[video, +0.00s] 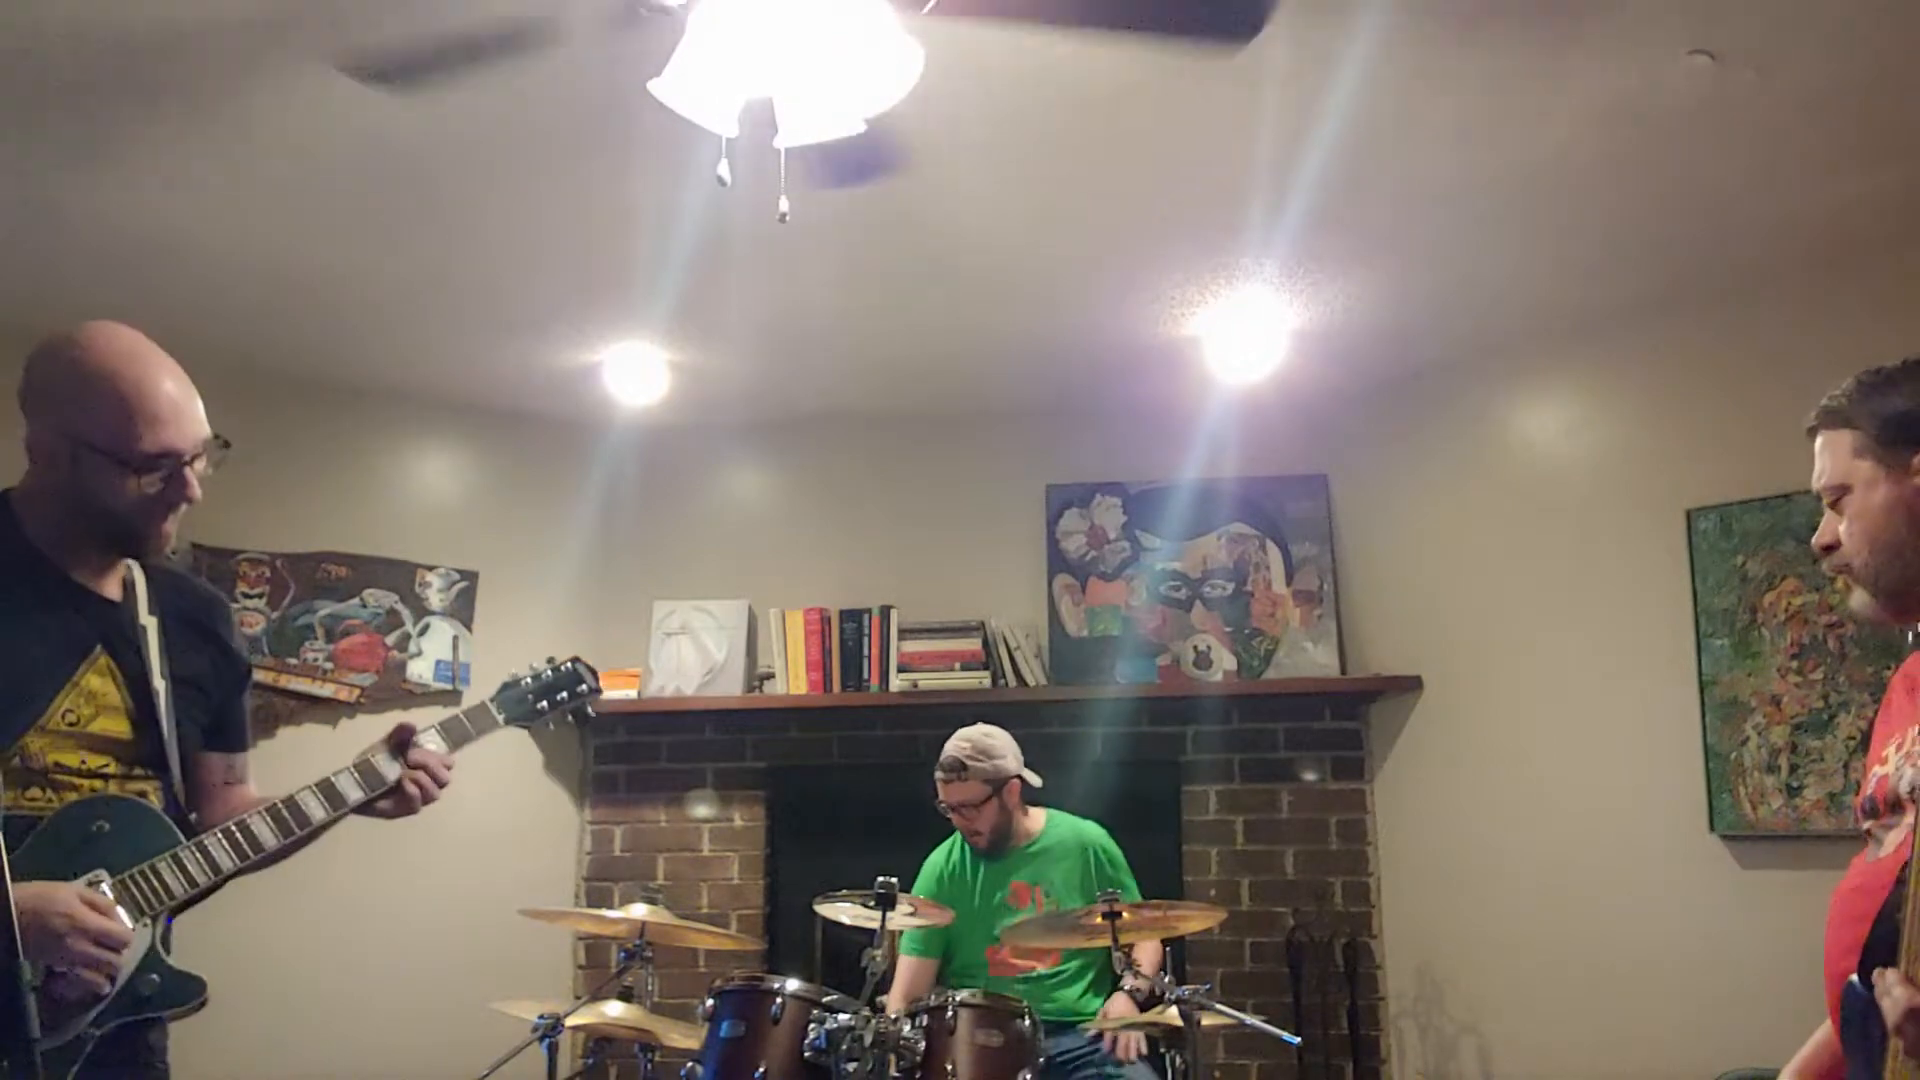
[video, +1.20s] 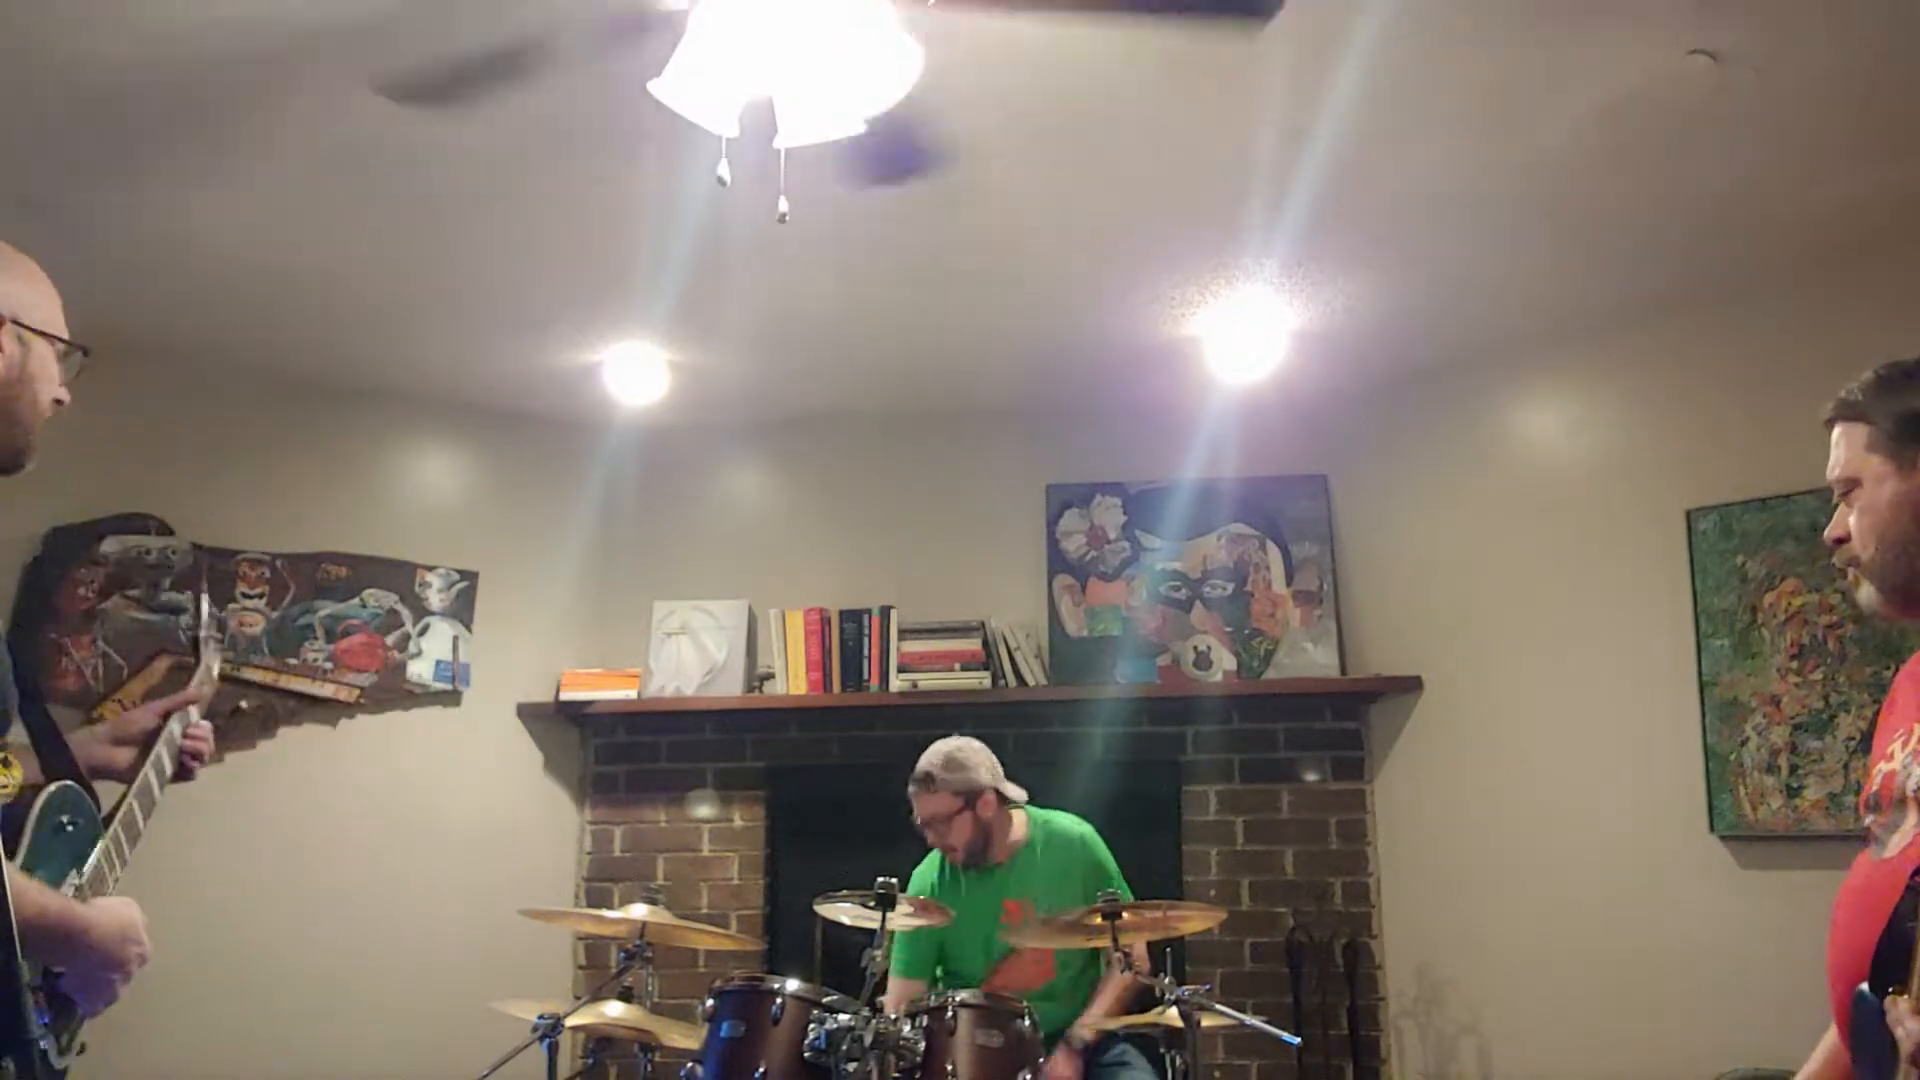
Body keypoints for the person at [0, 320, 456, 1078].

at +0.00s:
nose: (193, 491)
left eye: (200, 457)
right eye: (156, 466)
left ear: (206, 435)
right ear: (49, 453)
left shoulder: (192, 616)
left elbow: (219, 809)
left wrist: (353, 789)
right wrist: (13, 913)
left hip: (118, 1030)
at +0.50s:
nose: (166, 404)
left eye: (166, 381)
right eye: (128, 372)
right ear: (16, 385)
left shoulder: (142, 618)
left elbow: (176, 793)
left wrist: (336, 758)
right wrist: (26, 920)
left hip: (89, 1037)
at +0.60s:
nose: (156, 398)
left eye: (153, 374)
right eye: (124, 363)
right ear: (11, 373)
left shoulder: (95, 600)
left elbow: (135, 790)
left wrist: (311, 750)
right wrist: (25, 914)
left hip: (58, 1033)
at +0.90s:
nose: (113, 404)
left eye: (111, 374)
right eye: (100, 368)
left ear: (19, 361)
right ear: (17, 359)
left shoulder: (19, 589)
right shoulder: (16, 590)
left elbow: (49, 789)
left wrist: (207, 743)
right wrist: (49, 923)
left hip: (37, 1025)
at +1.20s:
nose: (64, 394)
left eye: (66, 361)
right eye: (59, 355)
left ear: (12, 349)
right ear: (5, 345)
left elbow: (0, 766)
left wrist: (91, 749)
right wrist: (61, 926)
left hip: (22, 1023)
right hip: (12, 1029)